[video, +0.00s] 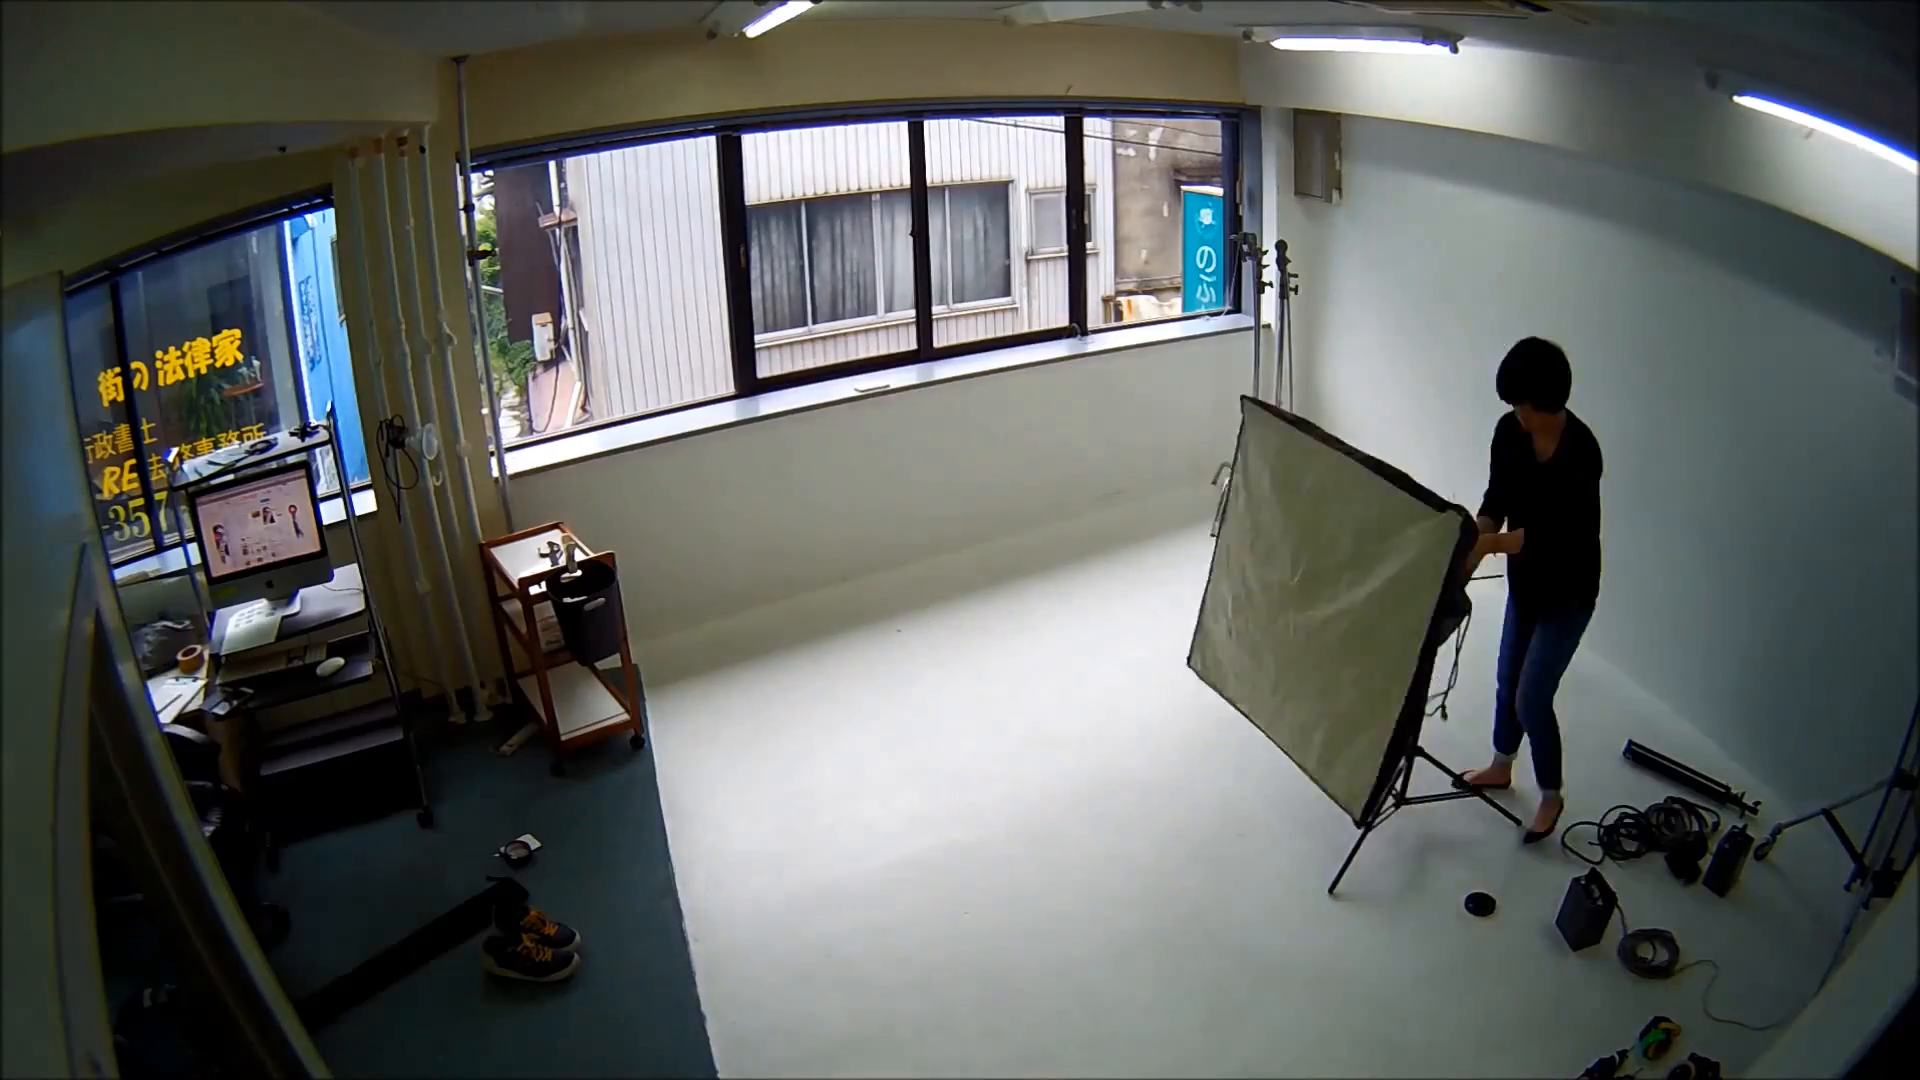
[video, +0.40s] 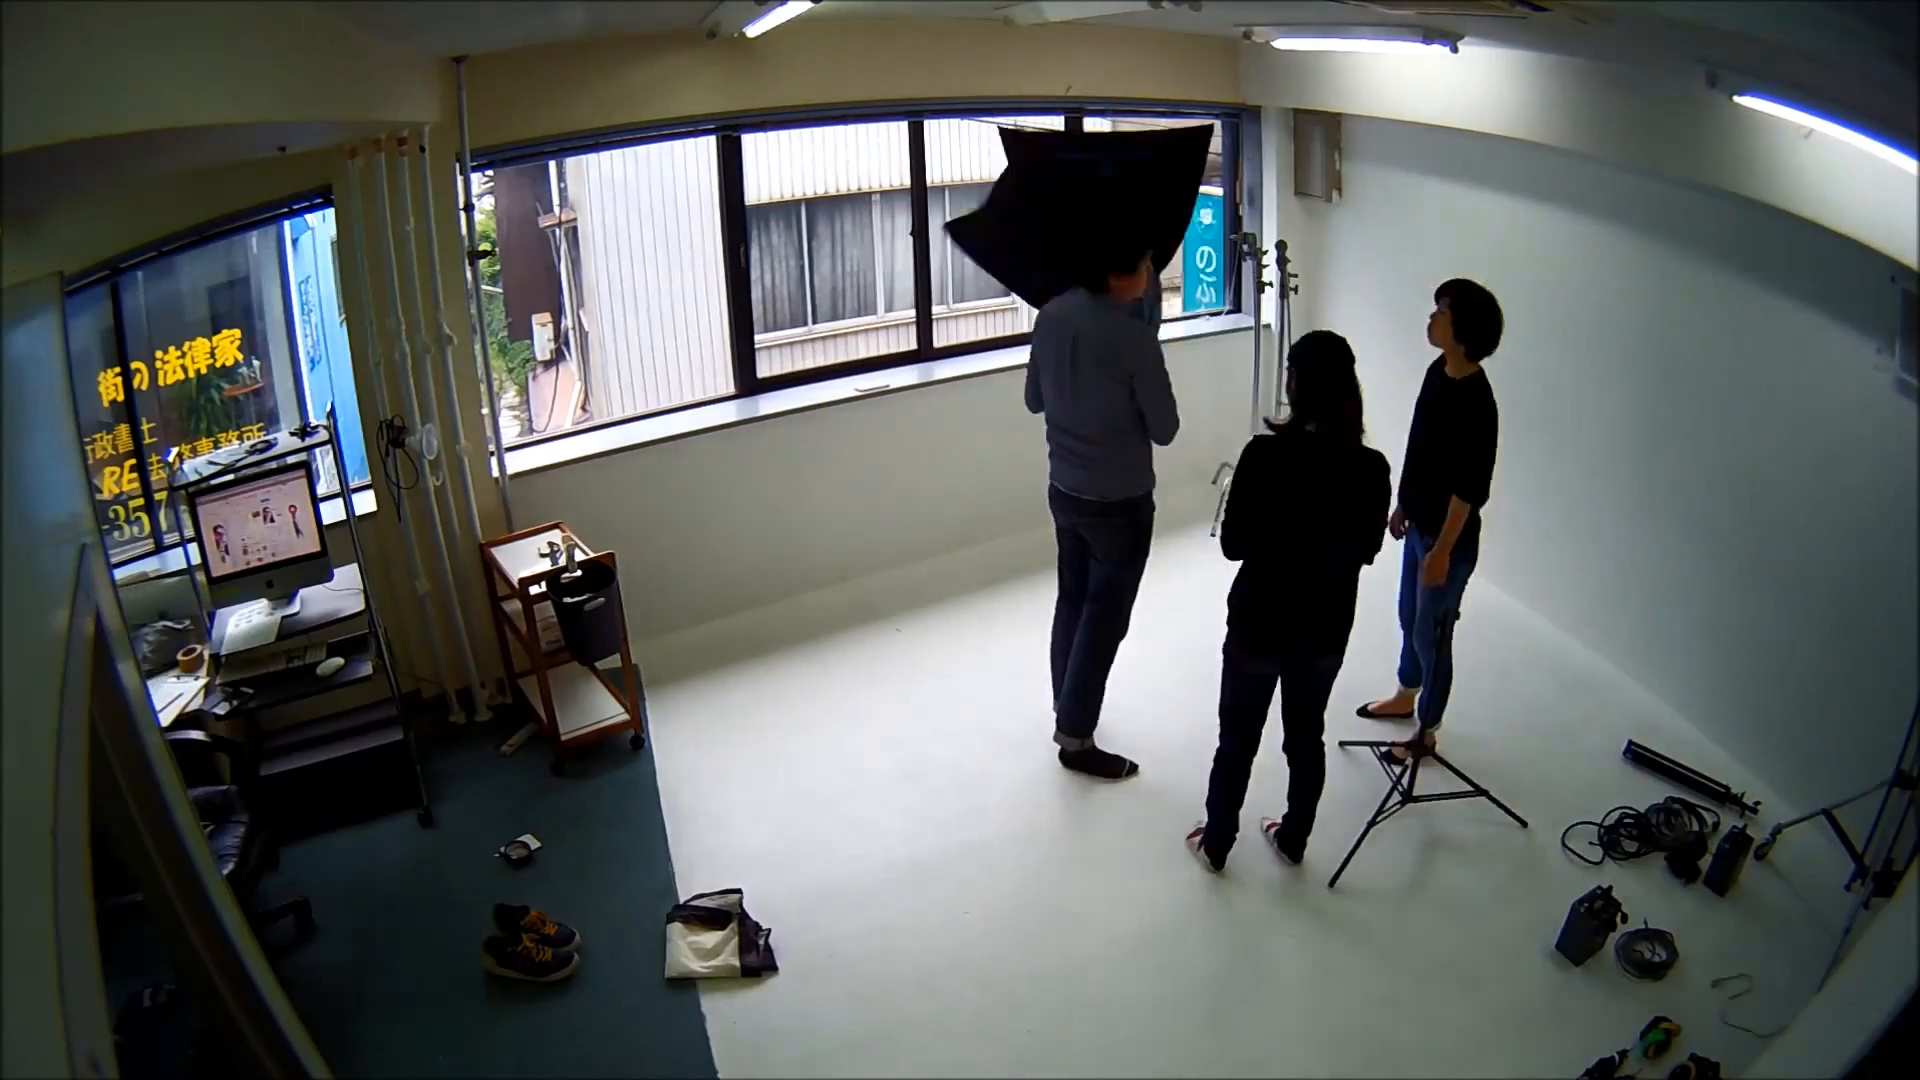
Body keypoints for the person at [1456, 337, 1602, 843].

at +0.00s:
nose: (1516, 411)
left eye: (1521, 402)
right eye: (1513, 402)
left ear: (1539, 401)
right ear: (1517, 401)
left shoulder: (1581, 450)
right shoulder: (1510, 432)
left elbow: (1557, 540)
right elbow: (1497, 500)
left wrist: (1483, 546)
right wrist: (1472, 543)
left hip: (1571, 588)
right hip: (1525, 576)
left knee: (1533, 695)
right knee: (1509, 682)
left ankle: (1551, 796)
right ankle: (1501, 767)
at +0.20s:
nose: (1490, 380)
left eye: (1499, 373)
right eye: (1487, 371)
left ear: (1525, 370)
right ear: (1485, 366)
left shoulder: (1552, 415)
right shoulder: (1484, 395)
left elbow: (1551, 492)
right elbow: (1472, 449)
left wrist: (1500, 503)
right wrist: (1458, 472)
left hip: (1518, 552)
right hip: (1473, 541)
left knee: (1509, 652)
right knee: (1465, 635)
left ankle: (1497, 744)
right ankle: (1451, 714)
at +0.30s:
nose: (1437, 317)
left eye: (1447, 312)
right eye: (1439, 310)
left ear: (1470, 323)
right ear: (1445, 318)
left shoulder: (1492, 391)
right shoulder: (1425, 358)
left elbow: (1491, 469)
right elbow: (1408, 423)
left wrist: (1475, 529)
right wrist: (1396, 474)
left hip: (1459, 512)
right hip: (1415, 497)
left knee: (1446, 609)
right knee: (1392, 586)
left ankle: (1440, 690)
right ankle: (1397, 649)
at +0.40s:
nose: (1430, 317)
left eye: (1440, 311)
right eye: (1434, 309)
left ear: (1462, 327)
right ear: (1458, 327)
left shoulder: (1477, 402)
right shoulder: (1438, 371)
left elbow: (1471, 488)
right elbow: (1421, 447)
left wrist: (1441, 551)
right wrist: (1403, 503)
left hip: (1450, 536)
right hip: (1418, 524)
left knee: (1434, 632)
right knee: (1410, 613)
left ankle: (1427, 732)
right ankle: (1407, 693)